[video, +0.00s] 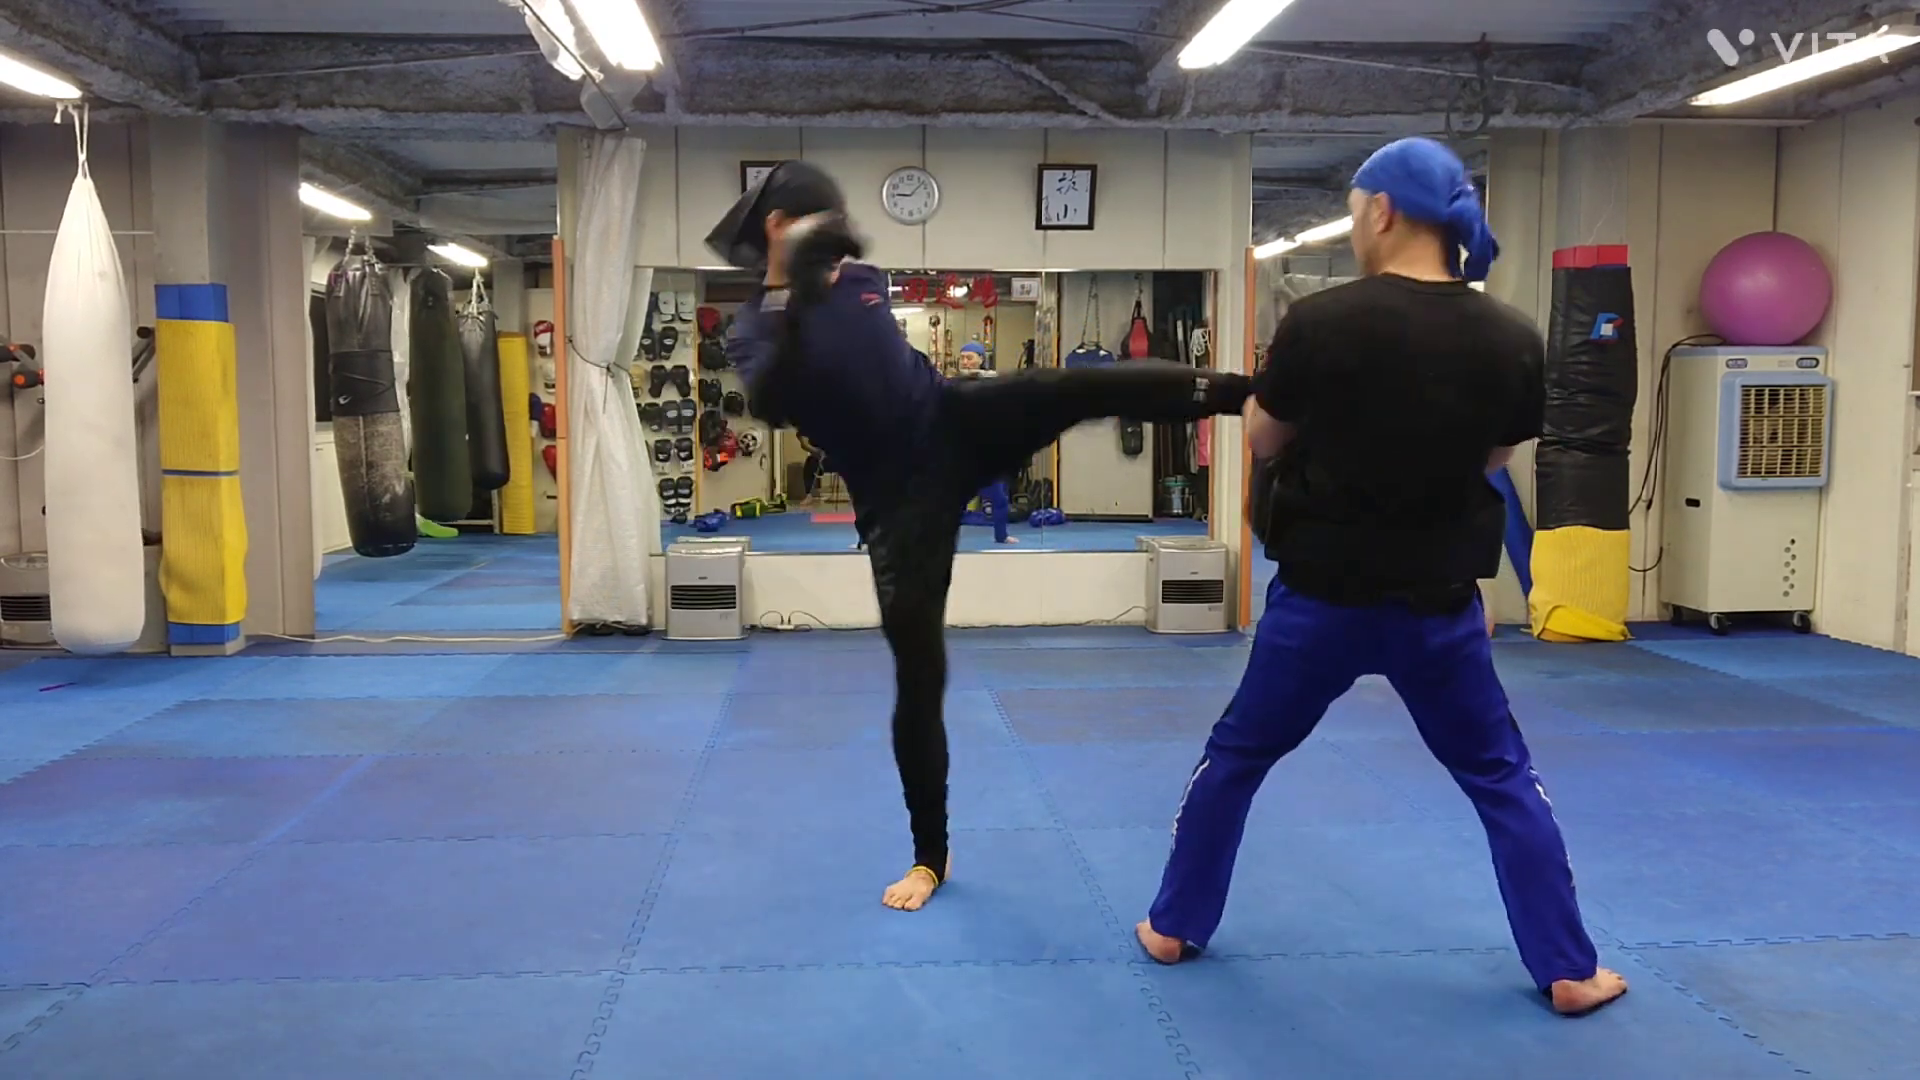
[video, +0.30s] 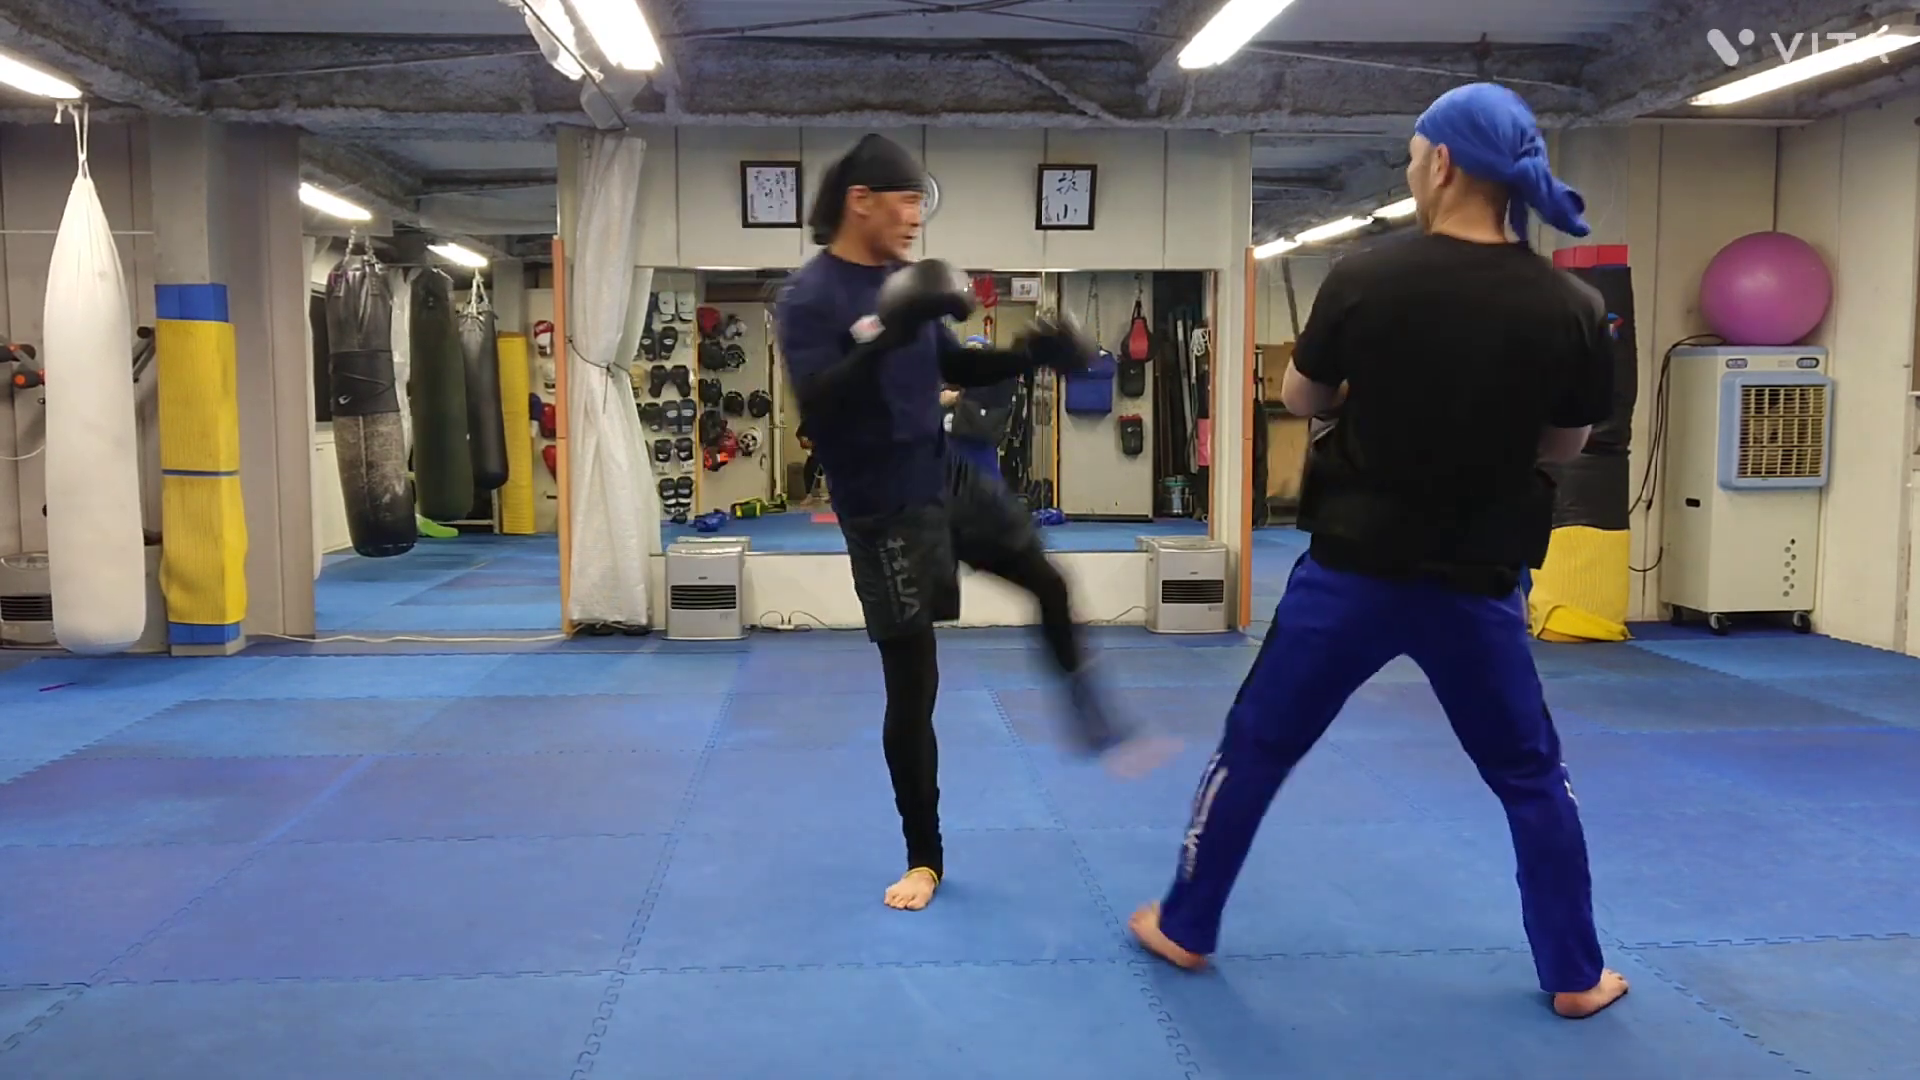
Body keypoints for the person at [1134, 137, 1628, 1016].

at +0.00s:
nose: (1353, 225)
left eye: (1358, 209)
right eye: (1357, 209)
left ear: (1387, 215)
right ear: (1450, 224)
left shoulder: (1323, 321)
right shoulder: (1510, 339)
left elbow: (1265, 436)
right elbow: (1494, 457)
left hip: (1320, 605)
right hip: (1439, 609)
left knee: (1235, 758)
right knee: (1502, 776)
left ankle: (1174, 927)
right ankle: (1568, 972)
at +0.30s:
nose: (1410, 173)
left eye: (1417, 157)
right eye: (1416, 157)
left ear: (1446, 167)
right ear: (1513, 182)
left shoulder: (1365, 275)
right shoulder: (1571, 308)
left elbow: (1304, 394)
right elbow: (1562, 446)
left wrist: (1382, 387)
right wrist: (1472, 415)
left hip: (1347, 578)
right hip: (1477, 591)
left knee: (1254, 748)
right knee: (1533, 780)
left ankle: (1187, 926)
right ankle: (1574, 978)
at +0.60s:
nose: (1346, 164)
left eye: (1350, 150)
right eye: (1352, 148)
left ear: (1369, 162)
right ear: (1450, 169)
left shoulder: (1297, 284)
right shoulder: (1509, 292)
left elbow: (1281, 430)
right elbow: (1544, 451)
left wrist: (1371, 406)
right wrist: (1466, 412)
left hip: (1328, 602)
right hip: (1459, 607)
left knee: (1270, 806)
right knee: (1528, 797)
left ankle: (1210, 1026)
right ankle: (1577, 981)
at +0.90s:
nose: (1319, 140)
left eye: (1322, 123)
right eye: (1324, 123)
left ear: (1338, 131)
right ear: (1430, 134)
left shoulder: (1272, 259)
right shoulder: (1498, 250)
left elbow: (1266, 424)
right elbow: (1553, 415)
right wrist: (1468, 363)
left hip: (1323, 597)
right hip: (1461, 598)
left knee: (1263, 811)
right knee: (1540, 831)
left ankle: (1203, 1033)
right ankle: (1505, 1070)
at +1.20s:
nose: (1352, 131)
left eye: (1354, 114)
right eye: (1361, 114)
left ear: (1369, 121)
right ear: (1472, 126)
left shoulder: (1288, 259)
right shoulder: (1541, 259)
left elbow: (1283, 416)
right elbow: (1590, 432)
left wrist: (1391, 397)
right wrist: (1495, 395)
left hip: (1346, 624)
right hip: (1494, 629)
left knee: (1277, 827)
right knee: (1538, 879)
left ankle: (1207, 1038)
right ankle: (1536, 1069)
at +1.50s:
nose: (1303, 112)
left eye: (1307, 94)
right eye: (1309, 92)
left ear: (1325, 105)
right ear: (1420, 108)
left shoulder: (1253, 245)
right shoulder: (1504, 247)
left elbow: (1242, 402)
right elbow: (1549, 420)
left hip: (1303, 624)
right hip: (1455, 632)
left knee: (1235, 831)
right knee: (1515, 883)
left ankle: (1200, 1034)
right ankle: (1531, 1072)